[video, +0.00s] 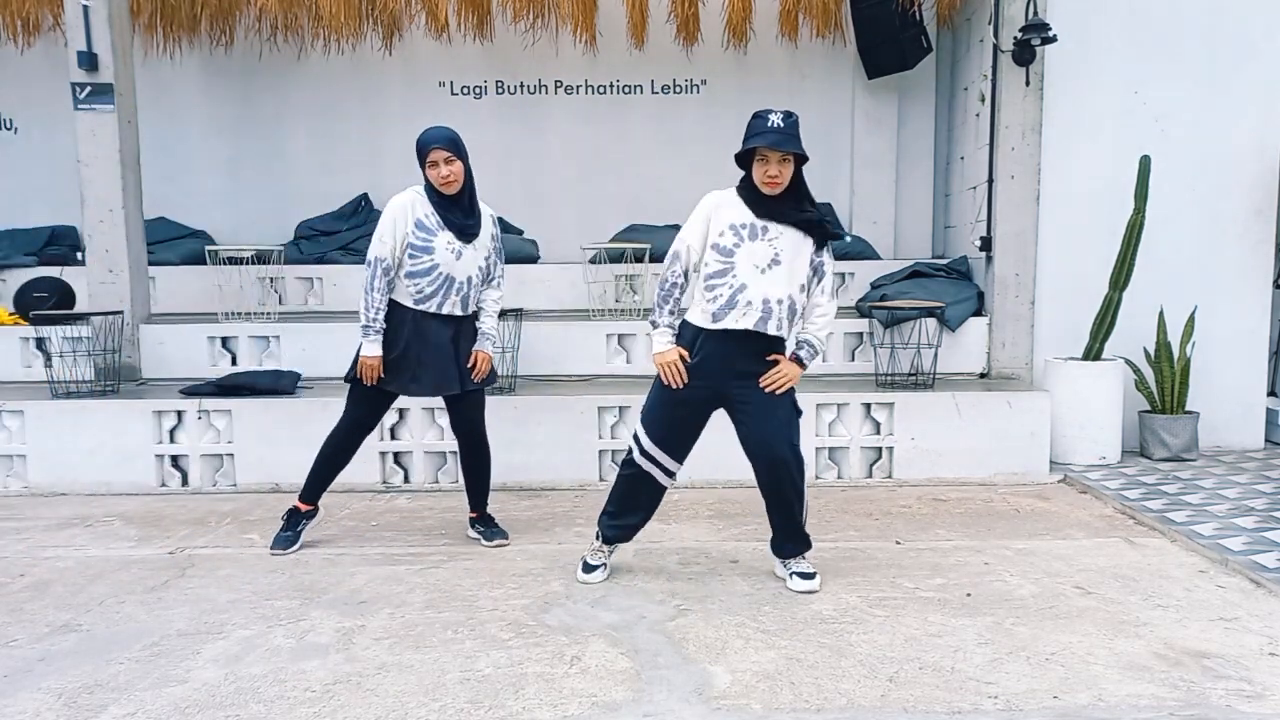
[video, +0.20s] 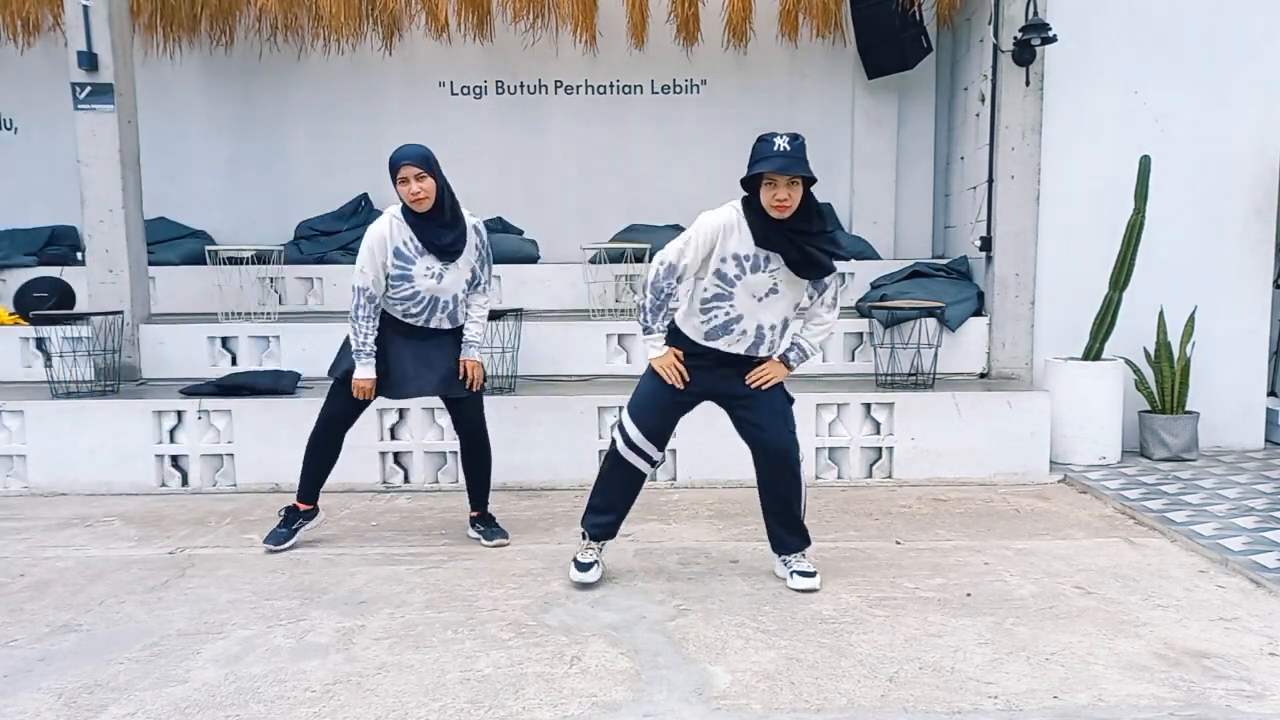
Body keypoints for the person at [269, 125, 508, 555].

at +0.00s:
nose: (444, 172)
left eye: (451, 161)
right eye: (434, 165)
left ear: (466, 162)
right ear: (423, 170)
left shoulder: (486, 219)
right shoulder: (405, 207)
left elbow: (493, 285)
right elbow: (377, 274)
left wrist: (486, 339)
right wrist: (371, 342)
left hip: (459, 335)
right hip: (404, 331)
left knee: (472, 430)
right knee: (354, 425)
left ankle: (480, 516)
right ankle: (302, 510)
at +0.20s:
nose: (414, 188)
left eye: (420, 177)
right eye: (403, 181)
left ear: (437, 177)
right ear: (396, 188)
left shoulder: (472, 228)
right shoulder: (384, 231)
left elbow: (481, 292)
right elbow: (364, 300)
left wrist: (472, 347)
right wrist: (364, 361)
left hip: (447, 337)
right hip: (387, 332)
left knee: (472, 420)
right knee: (335, 414)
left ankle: (480, 515)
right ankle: (303, 507)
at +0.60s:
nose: (309, 181)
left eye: (318, 171)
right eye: (300, 172)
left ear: (333, 174)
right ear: (289, 177)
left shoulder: (363, 213)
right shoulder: (284, 233)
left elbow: (399, 280)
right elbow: (291, 307)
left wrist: (407, 344)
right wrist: (307, 359)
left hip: (384, 337)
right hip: (330, 348)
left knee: (440, 415)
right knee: (293, 429)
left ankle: (486, 509)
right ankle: (307, 519)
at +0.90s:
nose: (289, 178)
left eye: (297, 168)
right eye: (280, 169)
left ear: (313, 169)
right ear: (270, 174)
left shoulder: (343, 207)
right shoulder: (272, 229)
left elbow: (382, 270)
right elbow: (277, 303)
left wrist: (386, 331)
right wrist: (284, 347)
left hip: (364, 328)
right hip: (312, 339)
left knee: (420, 421)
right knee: (286, 431)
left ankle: (477, 504)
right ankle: (306, 518)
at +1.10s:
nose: (291, 178)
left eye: (300, 170)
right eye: (282, 169)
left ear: (318, 173)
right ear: (273, 174)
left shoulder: (349, 211)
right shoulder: (270, 227)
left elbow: (394, 271)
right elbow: (276, 297)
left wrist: (398, 332)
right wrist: (296, 348)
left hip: (379, 319)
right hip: (324, 331)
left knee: (432, 408)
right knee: (304, 420)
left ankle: (478, 497)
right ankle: (308, 516)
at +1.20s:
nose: (309, 200)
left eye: (319, 192)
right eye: (301, 191)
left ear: (335, 197)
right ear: (291, 195)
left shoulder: (366, 232)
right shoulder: (282, 246)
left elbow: (409, 287)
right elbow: (288, 315)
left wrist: (410, 346)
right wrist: (310, 364)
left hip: (391, 331)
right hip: (336, 343)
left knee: (439, 413)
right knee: (299, 421)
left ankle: (478, 506)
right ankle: (306, 517)